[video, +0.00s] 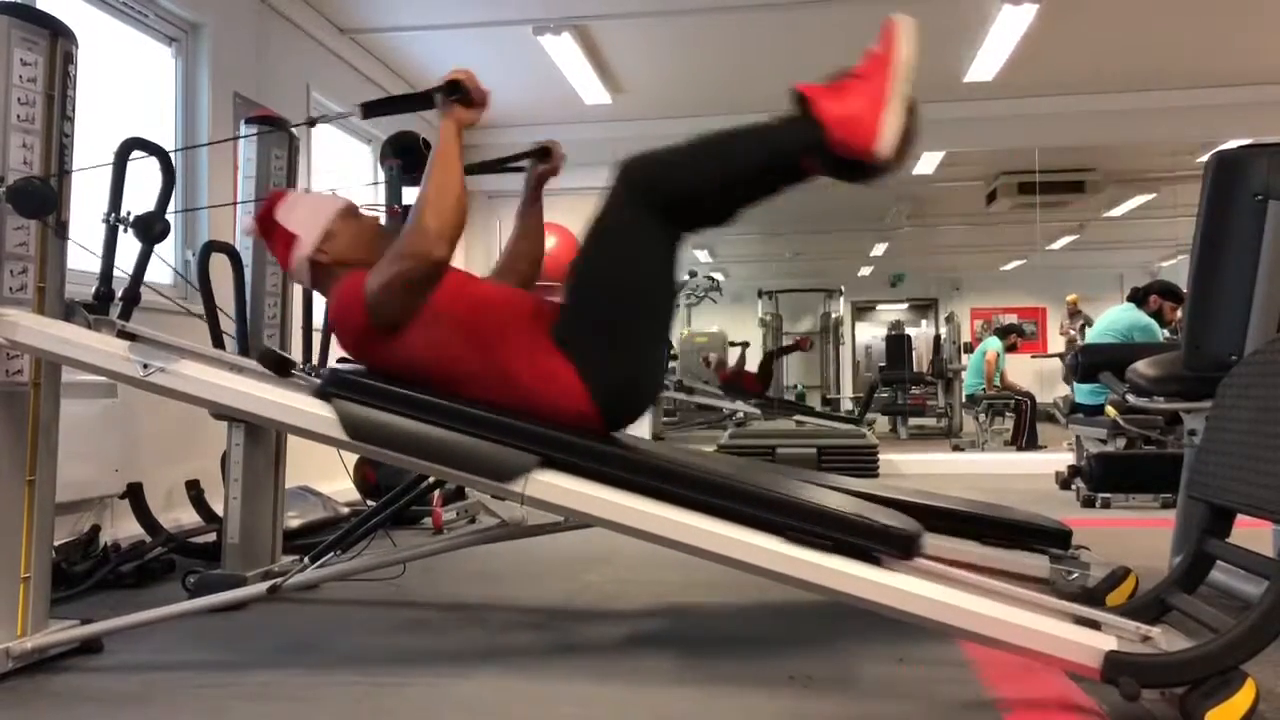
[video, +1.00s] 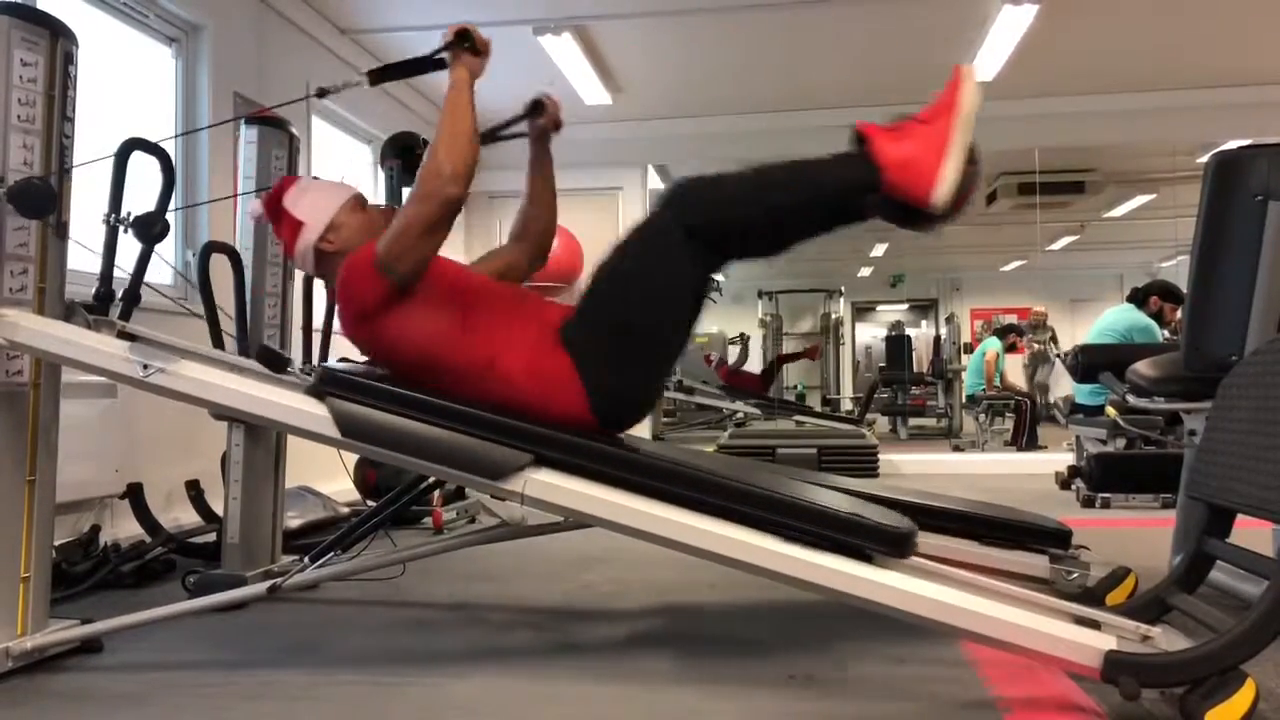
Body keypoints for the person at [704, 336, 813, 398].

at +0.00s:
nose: (720, 357)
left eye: (718, 356)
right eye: (718, 357)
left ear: (716, 366)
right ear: (717, 365)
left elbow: (739, 366)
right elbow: (739, 367)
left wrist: (742, 350)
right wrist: (743, 350)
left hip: (758, 384)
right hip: (760, 386)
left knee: (769, 356)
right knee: (769, 356)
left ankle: (797, 345)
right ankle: (798, 346)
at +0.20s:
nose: (714, 362)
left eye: (713, 361)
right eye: (712, 361)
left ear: (706, 364)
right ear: (710, 362)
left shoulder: (717, 373)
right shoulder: (717, 373)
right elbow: (735, 364)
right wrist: (743, 362)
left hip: (746, 380)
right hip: (748, 381)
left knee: (747, 352)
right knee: (748, 352)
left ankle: (775, 341)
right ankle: (776, 341)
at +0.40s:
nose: (709, 350)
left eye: (707, 349)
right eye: (706, 350)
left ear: (701, 356)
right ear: (704, 353)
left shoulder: (709, 365)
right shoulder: (710, 365)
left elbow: (731, 364)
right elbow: (730, 364)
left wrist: (754, 360)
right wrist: (752, 364)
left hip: (739, 380)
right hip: (741, 380)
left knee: (738, 350)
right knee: (738, 349)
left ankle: (767, 339)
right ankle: (767, 339)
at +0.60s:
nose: (710, 350)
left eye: (708, 349)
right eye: (707, 350)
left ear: (702, 356)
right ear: (705, 354)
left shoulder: (710, 366)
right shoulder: (711, 365)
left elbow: (731, 365)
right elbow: (732, 364)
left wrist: (754, 359)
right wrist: (753, 364)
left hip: (740, 380)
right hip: (743, 379)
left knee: (742, 350)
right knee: (742, 350)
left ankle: (769, 340)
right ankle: (770, 340)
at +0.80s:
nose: (714, 353)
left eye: (711, 351)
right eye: (711, 352)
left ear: (707, 360)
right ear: (710, 357)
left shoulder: (716, 368)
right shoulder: (718, 368)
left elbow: (735, 362)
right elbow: (736, 362)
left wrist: (746, 350)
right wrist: (747, 349)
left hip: (747, 382)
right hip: (750, 383)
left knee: (756, 353)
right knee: (757, 353)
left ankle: (784, 345)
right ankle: (785, 345)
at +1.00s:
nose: (720, 357)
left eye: (718, 356)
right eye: (718, 357)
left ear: (714, 364)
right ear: (715, 361)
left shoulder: (724, 372)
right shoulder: (725, 372)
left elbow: (740, 361)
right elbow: (741, 361)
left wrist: (743, 345)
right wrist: (744, 344)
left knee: (777, 362)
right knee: (778, 361)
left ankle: (806, 354)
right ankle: (807, 354)